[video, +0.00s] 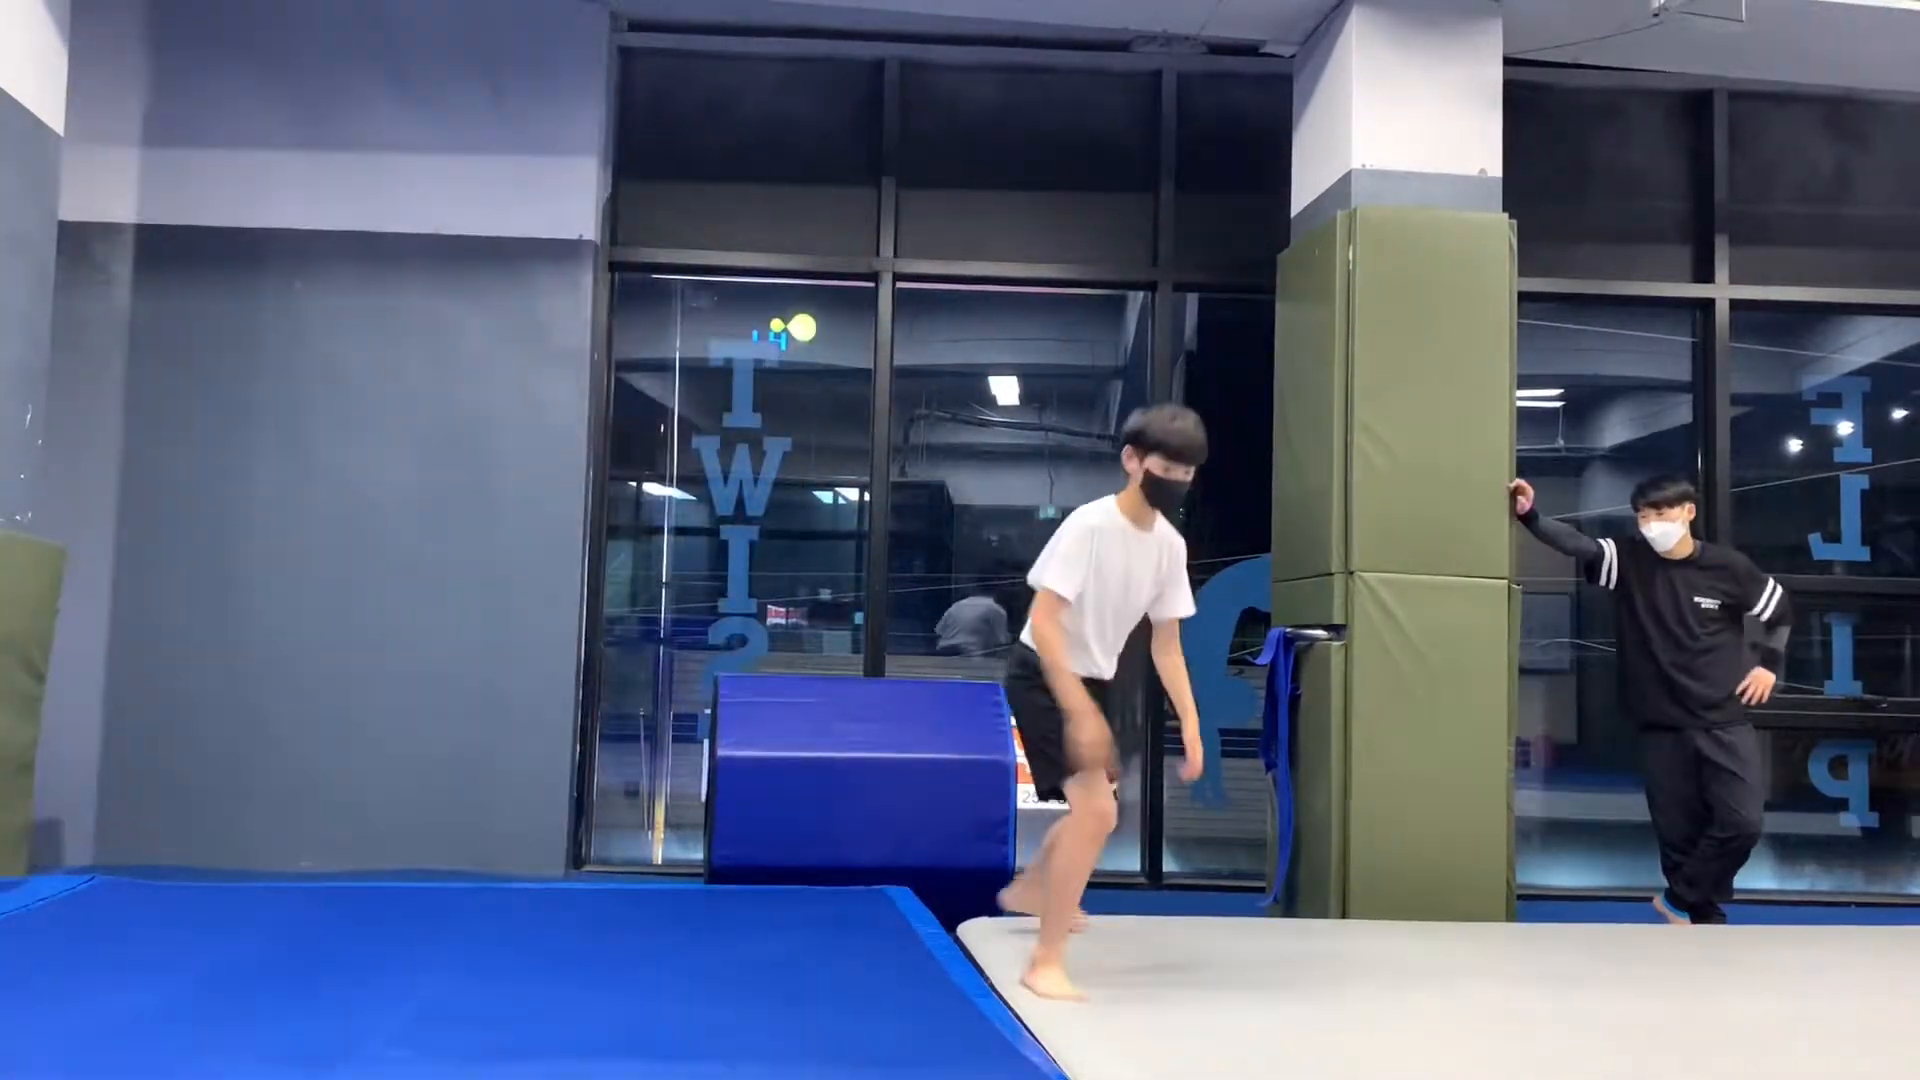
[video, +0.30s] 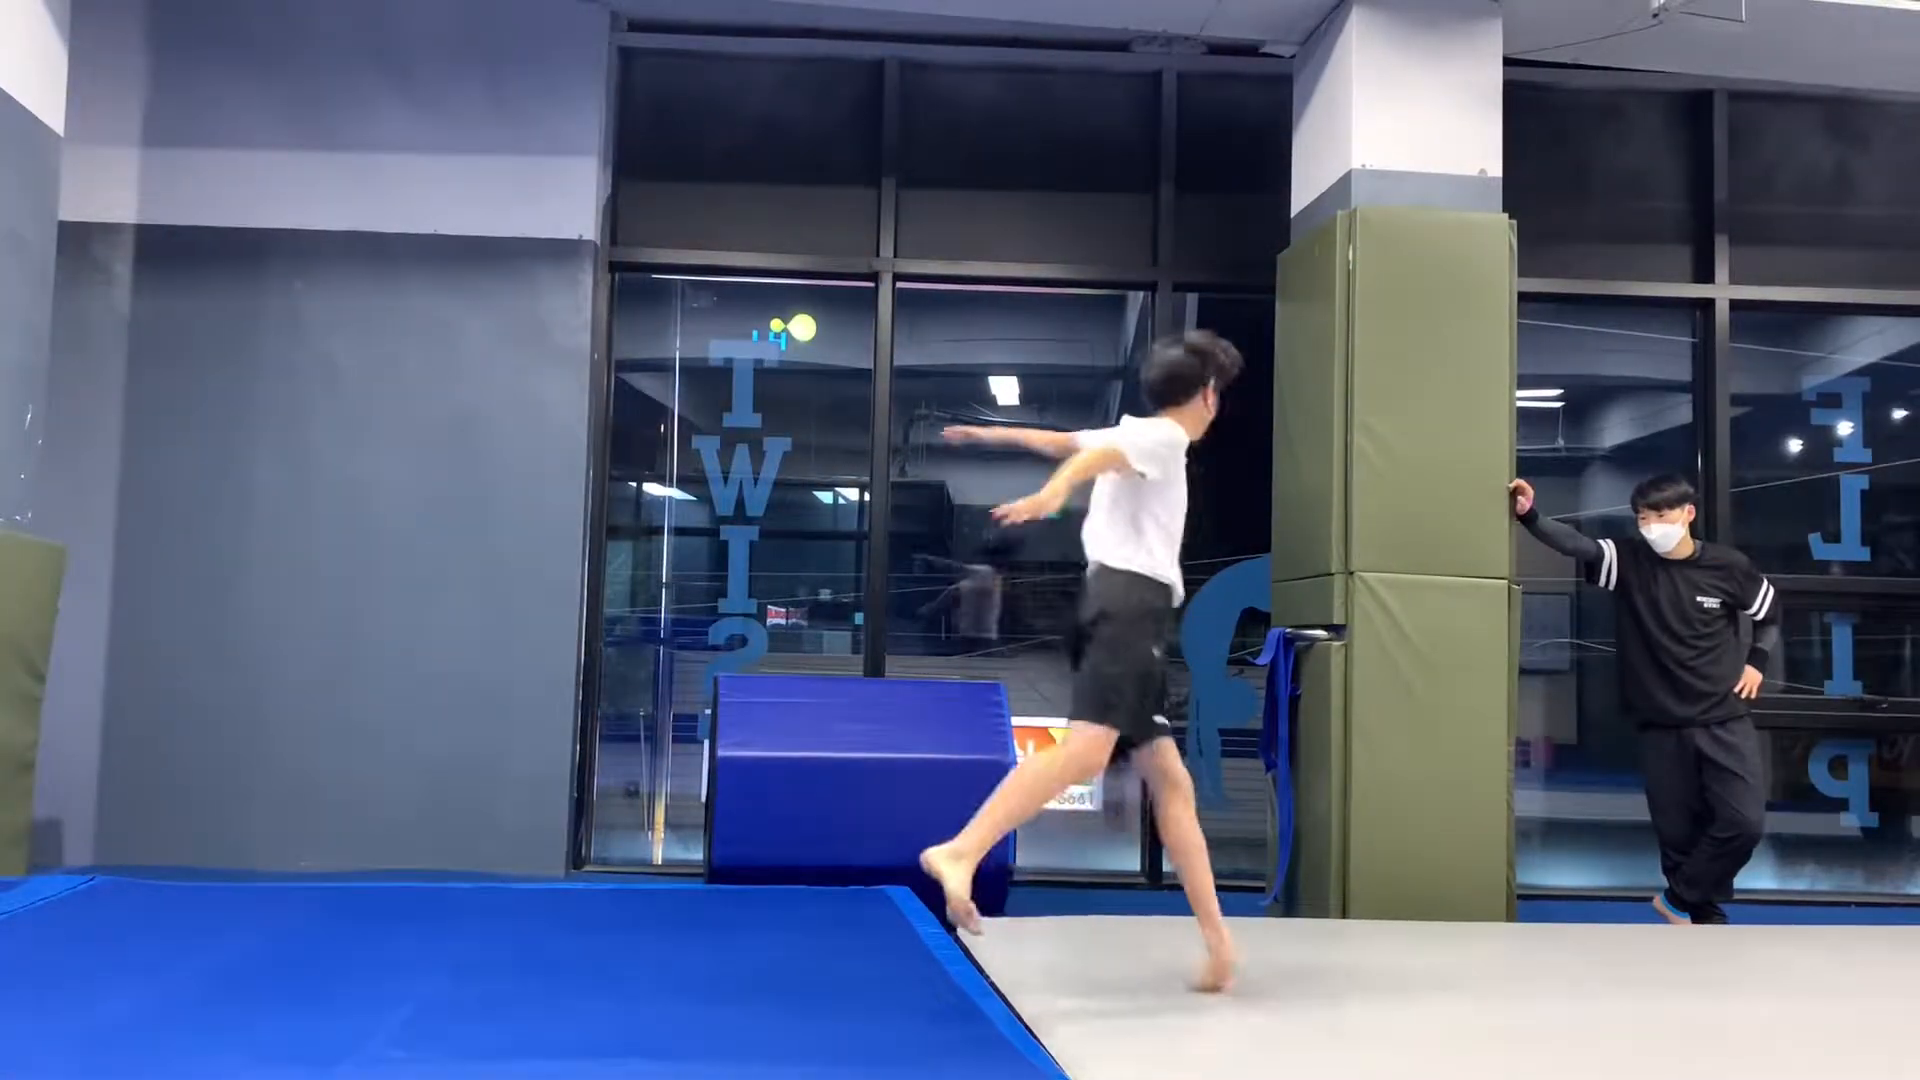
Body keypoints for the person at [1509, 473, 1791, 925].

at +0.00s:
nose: (1655, 522)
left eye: (1665, 511)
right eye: (1647, 513)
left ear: (1689, 513)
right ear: (1637, 517)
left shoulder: (1726, 565)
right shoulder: (1628, 558)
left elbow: (1780, 610)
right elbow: (1578, 544)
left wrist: (1768, 665)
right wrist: (1531, 516)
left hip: (1725, 721)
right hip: (1662, 724)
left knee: (1742, 824)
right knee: (1677, 834)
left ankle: (1679, 901)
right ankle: (1709, 927)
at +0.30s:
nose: (1651, 526)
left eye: (1661, 515)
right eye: (1645, 516)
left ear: (1688, 515)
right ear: (1637, 518)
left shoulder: (1728, 567)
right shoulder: (1628, 558)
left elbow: (1770, 614)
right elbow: (1579, 544)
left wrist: (1758, 663)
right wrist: (1531, 517)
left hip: (1726, 719)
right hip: (1662, 724)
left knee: (1743, 823)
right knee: (1676, 833)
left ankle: (1677, 901)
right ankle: (1711, 926)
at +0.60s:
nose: (1649, 524)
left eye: (1660, 514)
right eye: (1643, 515)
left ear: (1688, 514)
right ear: (1637, 517)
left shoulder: (1728, 567)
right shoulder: (1627, 558)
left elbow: (1769, 617)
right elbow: (1578, 544)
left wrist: (1756, 665)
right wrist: (1531, 517)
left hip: (1723, 718)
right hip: (1659, 723)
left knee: (1742, 823)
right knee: (1675, 832)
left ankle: (1676, 900)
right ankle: (1709, 925)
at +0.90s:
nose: (1650, 523)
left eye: (1662, 513)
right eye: (1645, 514)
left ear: (1688, 514)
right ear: (1638, 517)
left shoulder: (1727, 567)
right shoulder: (1628, 558)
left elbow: (1768, 617)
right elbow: (1579, 545)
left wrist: (1756, 666)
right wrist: (1531, 517)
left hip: (1723, 719)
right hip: (1660, 723)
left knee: (1742, 824)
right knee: (1675, 833)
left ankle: (1675, 901)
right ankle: (1710, 926)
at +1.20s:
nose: (1649, 524)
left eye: (1661, 515)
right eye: (1645, 515)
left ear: (1690, 516)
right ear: (1639, 517)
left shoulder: (1726, 567)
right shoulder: (1627, 558)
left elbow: (1768, 617)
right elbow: (1578, 545)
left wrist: (1756, 666)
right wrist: (1531, 517)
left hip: (1722, 719)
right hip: (1659, 723)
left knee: (1742, 824)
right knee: (1675, 832)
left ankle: (1676, 900)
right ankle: (1709, 924)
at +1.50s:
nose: (1650, 525)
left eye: (1663, 516)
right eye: (1646, 515)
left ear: (1691, 518)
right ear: (1640, 517)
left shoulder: (1726, 569)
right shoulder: (1627, 559)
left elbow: (1768, 619)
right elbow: (1578, 545)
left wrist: (1755, 669)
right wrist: (1531, 517)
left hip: (1722, 720)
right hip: (1659, 724)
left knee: (1741, 824)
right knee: (1675, 833)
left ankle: (1676, 900)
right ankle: (1709, 924)